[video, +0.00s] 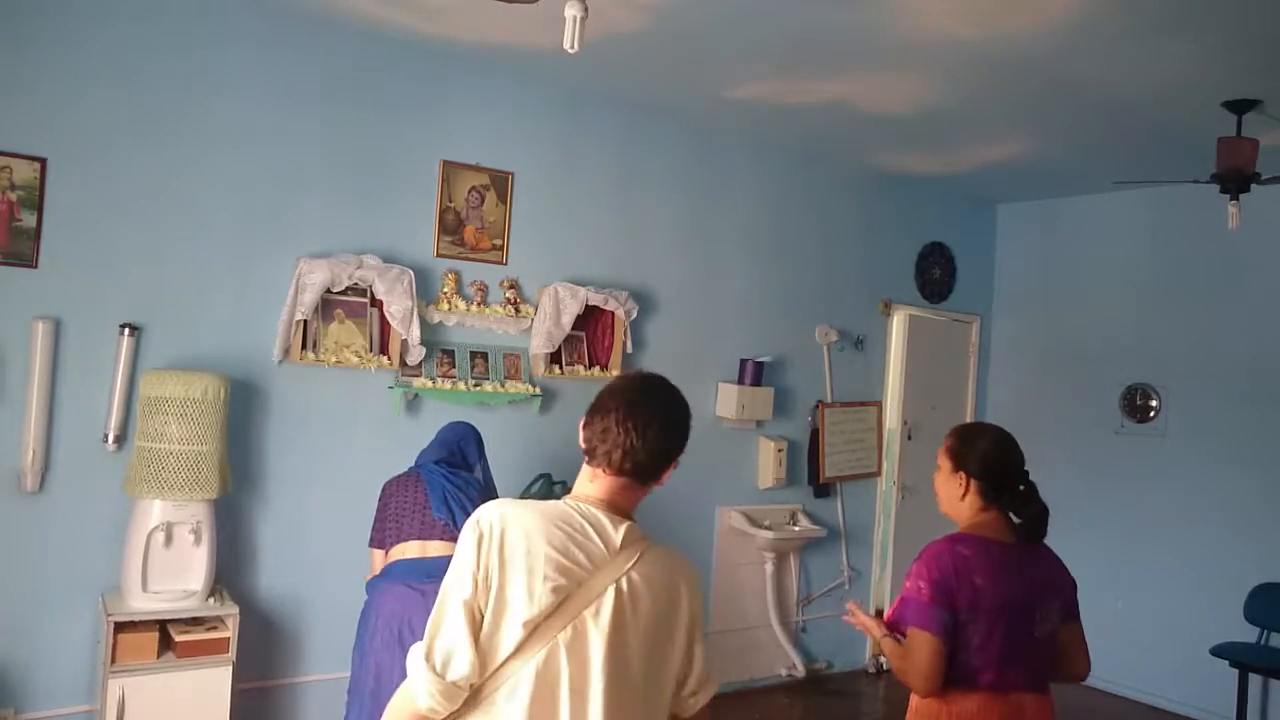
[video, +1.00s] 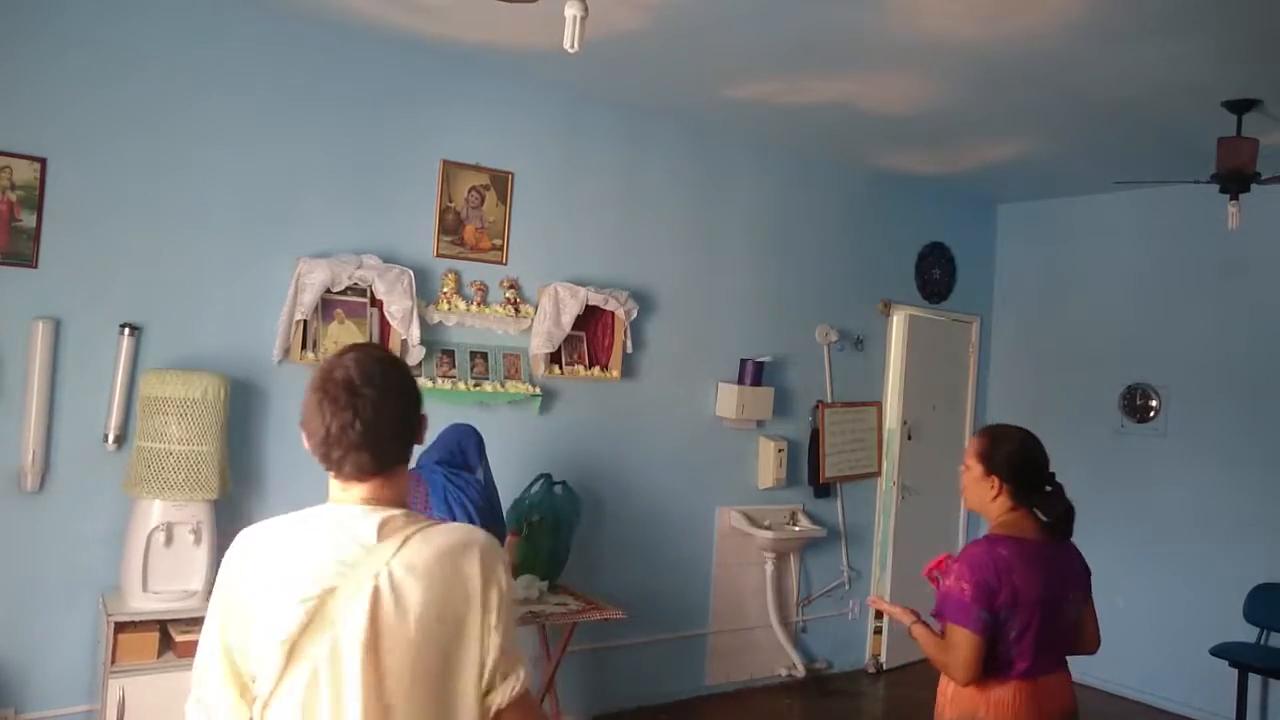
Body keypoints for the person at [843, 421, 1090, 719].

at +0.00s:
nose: (934, 479)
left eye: (938, 469)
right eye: (936, 469)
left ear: (962, 482)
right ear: (1006, 481)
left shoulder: (941, 559)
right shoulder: (1047, 562)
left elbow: (924, 678)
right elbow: (1075, 666)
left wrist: (881, 637)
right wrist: (1003, 654)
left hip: (951, 707)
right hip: (1031, 706)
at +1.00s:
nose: (960, 475)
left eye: (967, 467)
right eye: (963, 466)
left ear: (994, 486)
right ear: (1031, 483)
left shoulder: (979, 559)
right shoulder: (1065, 552)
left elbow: (961, 668)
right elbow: (1087, 641)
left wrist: (912, 622)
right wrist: (1021, 634)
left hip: (988, 701)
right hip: (1053, 693)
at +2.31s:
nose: (962, 485)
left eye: (968, 473)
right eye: (965, 472)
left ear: (993, 487)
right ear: (1036, 489)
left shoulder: (976, 566)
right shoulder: (1073, 567)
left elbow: (965, 686)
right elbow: (1104, 671)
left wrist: (910, 647)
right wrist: (1034, 669)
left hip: (988, 709)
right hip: (1063, 708)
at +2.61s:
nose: (967, 480)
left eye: (972, 470)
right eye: (970, 469)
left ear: (995, 484)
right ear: (1043, 481)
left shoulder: (974, 566)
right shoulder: (1085, 564)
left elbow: (960, 687)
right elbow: (1116, 665)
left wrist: (914, 644)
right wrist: (1042, 661)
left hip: (989, 710)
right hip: (1072, 709)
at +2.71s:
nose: (969, 481)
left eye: (974, 470)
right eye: (972, 469)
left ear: (996, 486)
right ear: (1046, 482)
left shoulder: (976, 566)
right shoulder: (1089, 564)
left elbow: (962, 689)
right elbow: (1122, 665)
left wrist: (918, 643)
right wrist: (1045, 656)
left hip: (995, 710)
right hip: (1079, 709)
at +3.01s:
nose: (987, 486)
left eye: (990, 476)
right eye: (989, 475)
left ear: (1009, 488)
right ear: (1060, 483)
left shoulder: (992, 572)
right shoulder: (1110, 565)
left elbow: (984, 693)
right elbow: (1143, 667)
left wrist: (942, 645)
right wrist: (1069, 661)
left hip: (1020, 710)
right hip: (1100, 709)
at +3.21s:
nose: (1011, 485)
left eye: (1017, 474)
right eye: (1014, 473)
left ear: (1041, 489)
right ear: (1086, 484)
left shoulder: (1029, 573)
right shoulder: (1134, 566)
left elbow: (1021, 694)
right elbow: (1162, 664)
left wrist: (966, 650)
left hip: (1053, 713)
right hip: (1129, 710)